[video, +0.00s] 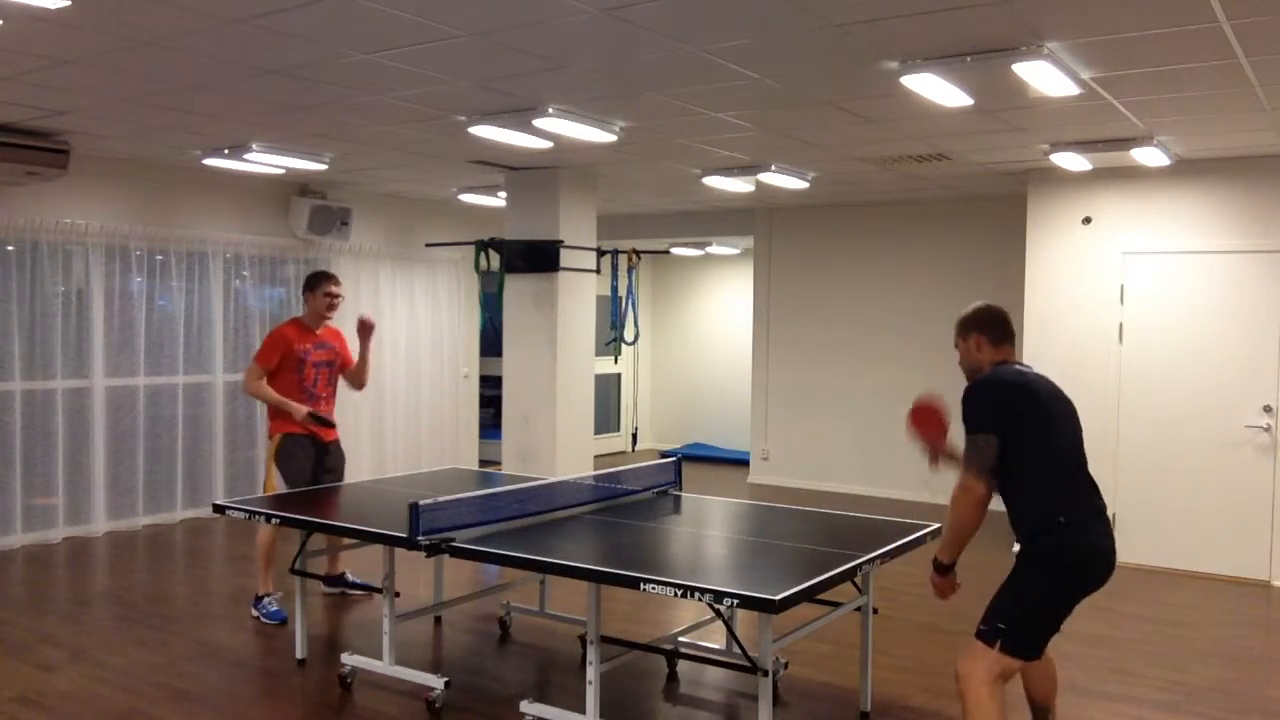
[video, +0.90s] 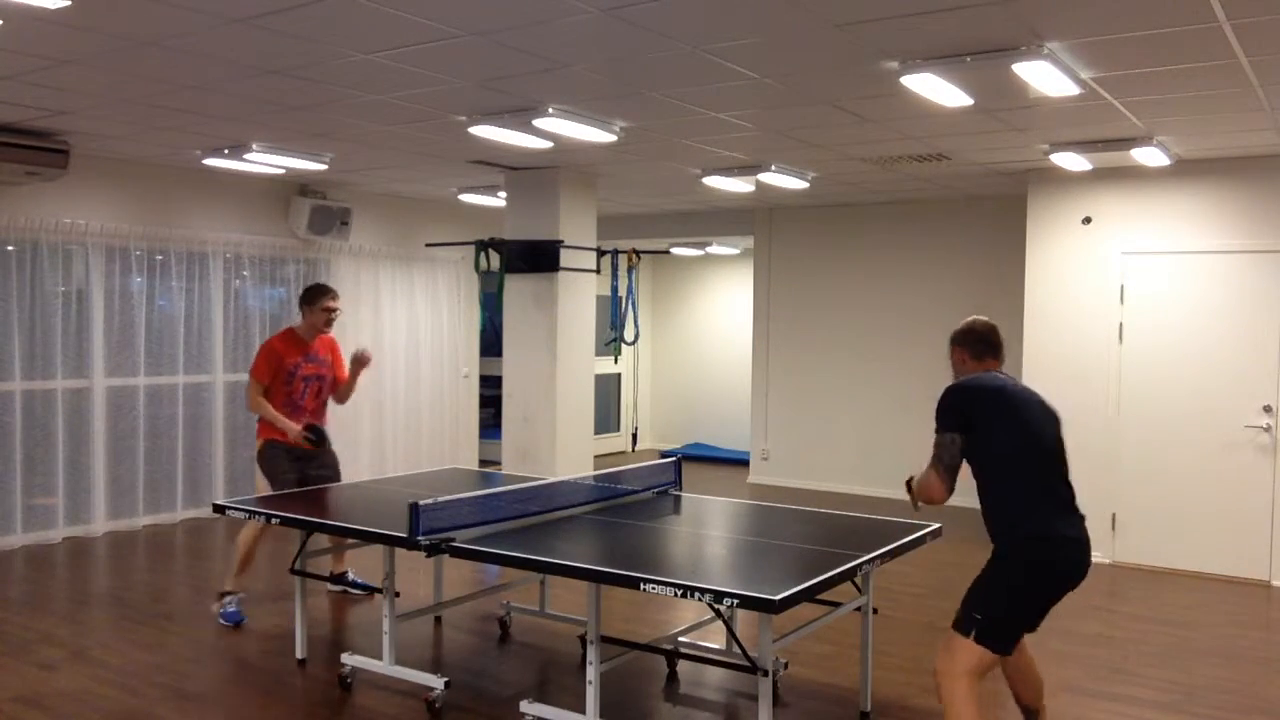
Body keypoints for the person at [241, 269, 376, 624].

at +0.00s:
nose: (334, 303)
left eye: (338, 298)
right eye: (328, 296)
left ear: (338, 302)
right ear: (308, 297)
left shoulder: (334, 337)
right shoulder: (285, 334)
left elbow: (358, 381)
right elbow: (251, 382)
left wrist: (365, 342)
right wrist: (292, 406)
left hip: (327, 437)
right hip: (291, 437)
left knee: (333, 509)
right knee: (277, 514)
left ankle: (334, 573)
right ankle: (264, 594)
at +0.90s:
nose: (333, 317)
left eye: (336, 312)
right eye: (327, 311)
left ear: (334, 313)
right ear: (306, 310)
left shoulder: (330, 347)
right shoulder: (276, 346)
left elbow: (340, 396)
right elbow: (253, 400)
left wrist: (355, 371)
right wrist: (289, 427)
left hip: (315, 440)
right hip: (277, 441)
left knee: (338, 506)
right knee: (270, 512)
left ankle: (339, 572)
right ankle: (229, 593)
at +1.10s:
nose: (317, 328)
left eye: (321, 323)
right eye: (311, 322)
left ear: (321, 324)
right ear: (290, 321)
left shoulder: (321, 355)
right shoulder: (261, 358)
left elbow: (321, 397)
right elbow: (240, 410)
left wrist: (334, 415)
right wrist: (253, 450)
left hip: (310, 452)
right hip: (268, 454)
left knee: (337, 510)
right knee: (254, 519)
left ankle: (350, 571)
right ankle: (218, 597)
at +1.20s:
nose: (312, 337)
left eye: (315, 330)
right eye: (306, 331)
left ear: (316, 331)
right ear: (285, 330)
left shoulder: (321, 362)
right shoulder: (256, 366)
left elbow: (327, 398)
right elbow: (238, 415)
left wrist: (328, 421)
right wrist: (235, 459)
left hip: (313, 456)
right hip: (269, 457)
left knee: (340, 513)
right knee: (255, 516)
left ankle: (358, 568)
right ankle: (220, 597)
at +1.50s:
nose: (320, 337)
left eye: (322, 331)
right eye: (316, 331)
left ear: (319, 331)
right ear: (295, 327)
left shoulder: (311, 358)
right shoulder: (264, 364)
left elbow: (309, 400)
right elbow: (262, 422)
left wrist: (345, 420)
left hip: (301, 451)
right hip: (262, 453)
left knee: (334, 502)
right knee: (263, 508)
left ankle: (358, 565)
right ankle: (221, 597)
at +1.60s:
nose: (326, 331)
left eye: (329, 325)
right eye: (322, 324)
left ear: (317, 325)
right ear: (302, 320)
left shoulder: (307, 354)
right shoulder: (277, 358)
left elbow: (303, 404)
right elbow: (283, 416)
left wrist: (340, 414)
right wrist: (336, 429)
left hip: (296, 447)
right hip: (261, 449)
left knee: (325, 504)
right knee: (256, 512)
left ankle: (342, 562)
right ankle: (220, 597)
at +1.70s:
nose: (333, 328)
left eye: (336, 322)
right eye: (328, 320)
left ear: (327, 324)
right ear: (309, 318)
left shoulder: (310, 356)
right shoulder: (288, 355)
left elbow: (305, 410)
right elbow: (289, 414)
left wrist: (335, 421)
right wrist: (339, 431)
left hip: (298, 446)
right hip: (265, 448)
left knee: (325, 506)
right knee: (255, 511)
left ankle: (323, 563)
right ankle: (220, 597)